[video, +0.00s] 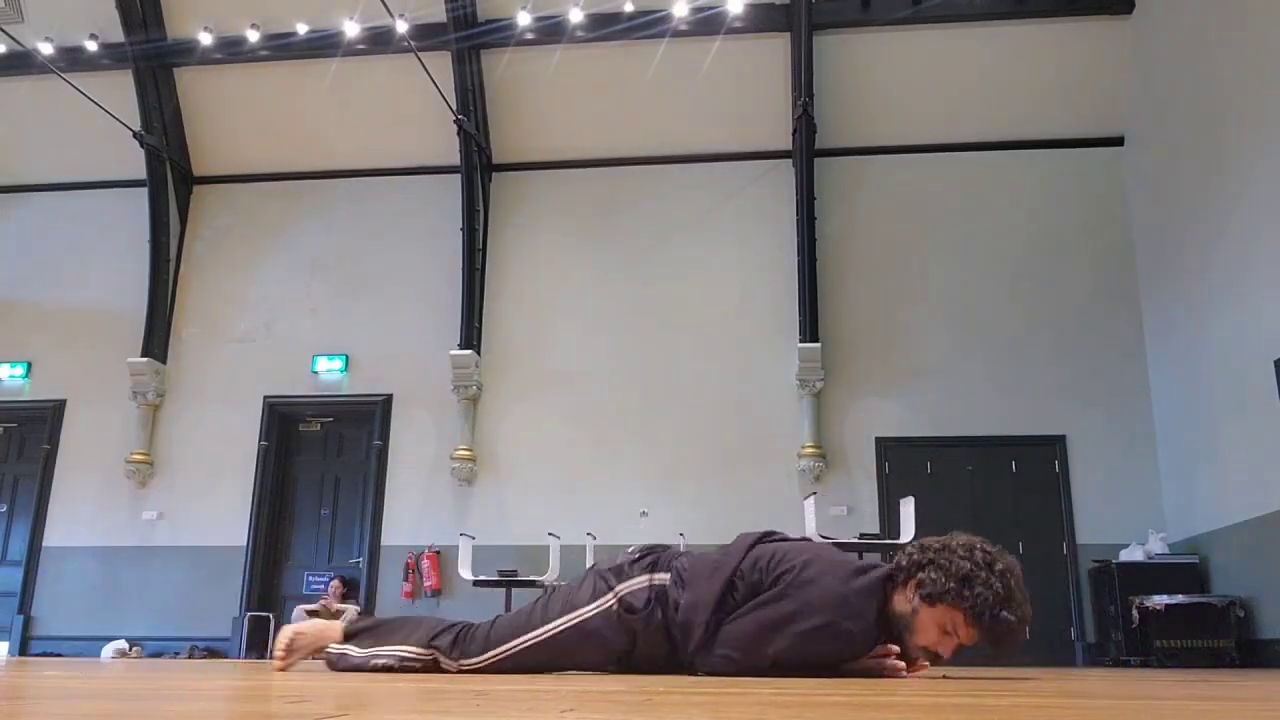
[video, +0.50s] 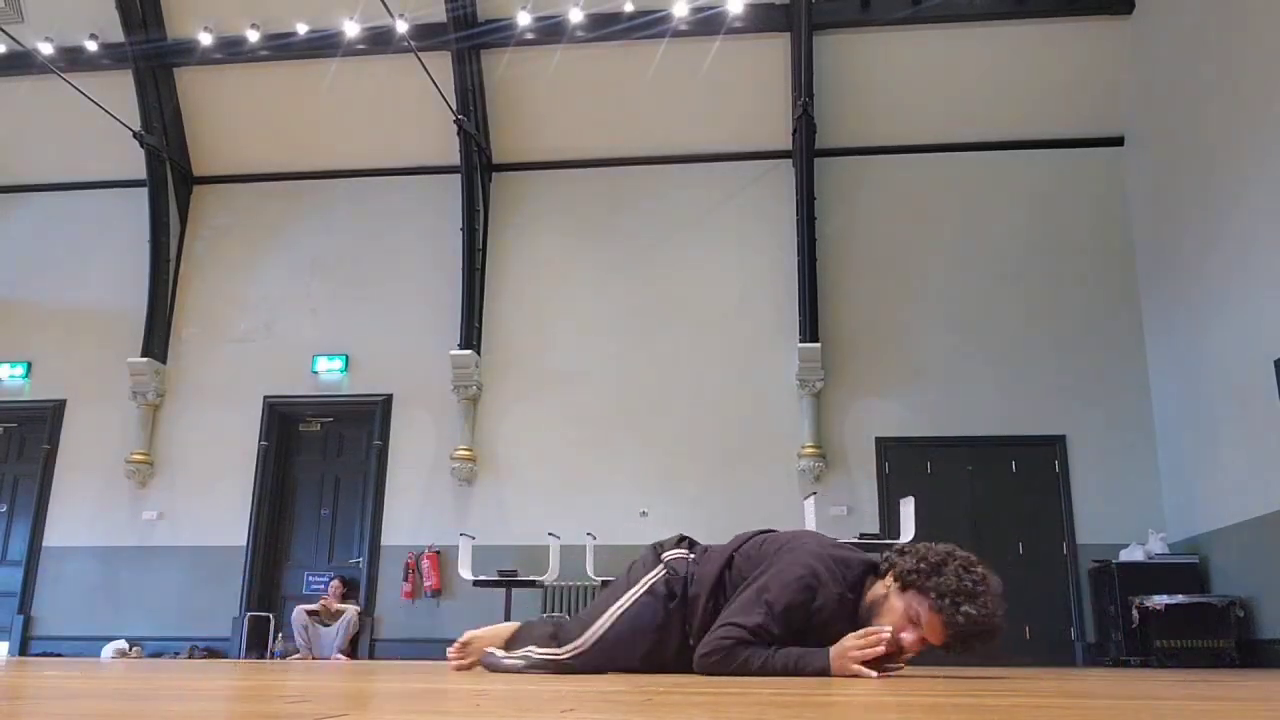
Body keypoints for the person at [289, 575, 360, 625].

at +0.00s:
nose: (333, 591)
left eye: (337, 588)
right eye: (331, 587)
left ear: (343, 591)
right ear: (328, 588)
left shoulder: (349, 605)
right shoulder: (321, 605)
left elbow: (357, 610)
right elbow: (298, 608)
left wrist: (335, 607)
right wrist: (317, 606)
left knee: (353, 613)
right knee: (298, 611)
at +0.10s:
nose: (333, 591)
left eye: (337, 588)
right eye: (331, 587)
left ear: (344, 590)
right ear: (328, 589)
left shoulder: (349, 604)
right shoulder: (322, 604)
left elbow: (357, 609)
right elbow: (298, 608)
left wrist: (335, 607)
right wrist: (318, 607)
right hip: (318, 634)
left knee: (352, 612)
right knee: (297, 612)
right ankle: (304, 652)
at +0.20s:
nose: (333, 590)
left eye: (337, 588)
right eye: (331, 587)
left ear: (343, 590)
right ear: (328, 589)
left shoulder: (349, 604)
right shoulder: (322, 604)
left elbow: (358, 609)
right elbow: (298, 608)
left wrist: (336, 607)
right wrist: (318, 607)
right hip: (316, 636)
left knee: (352, 613)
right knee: (297, 612)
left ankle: (336, 653)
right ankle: (304, 653)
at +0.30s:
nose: (333, 590)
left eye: (337, 588)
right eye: (331, 587)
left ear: (344, 590)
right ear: (328, 589)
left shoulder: (349, 604)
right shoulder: (322, 604)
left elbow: (358, 609)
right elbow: (298, 608)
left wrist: (336, 607)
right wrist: (318, 607)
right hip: (316, 635)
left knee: (352, 614)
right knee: (297, 612)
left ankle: (337, 653)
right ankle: (304, 652)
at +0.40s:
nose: (333, 590)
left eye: (337, 588)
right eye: (331, 587)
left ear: (344, 590)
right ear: (328, 589)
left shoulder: (349, 604)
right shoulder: (322, 604)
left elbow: (358, 609)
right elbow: (298, 608)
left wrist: (336, 607)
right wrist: (318, 607)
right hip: (316, 634)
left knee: (352, 614)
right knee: (297, 612)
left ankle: (337, 653)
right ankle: (304, 653)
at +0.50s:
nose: (333, 590)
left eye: (337, 588)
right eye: (331, 587)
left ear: (344, 590)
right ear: (328, 589)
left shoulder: (349, 604)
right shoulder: (322, 604)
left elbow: (358, 609)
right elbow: (298, 608)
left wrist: (336, 607)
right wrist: (318, 607)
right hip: (316, 634)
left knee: (352, 614)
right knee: (297, 612)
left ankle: (337, 653)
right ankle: (304, 653)